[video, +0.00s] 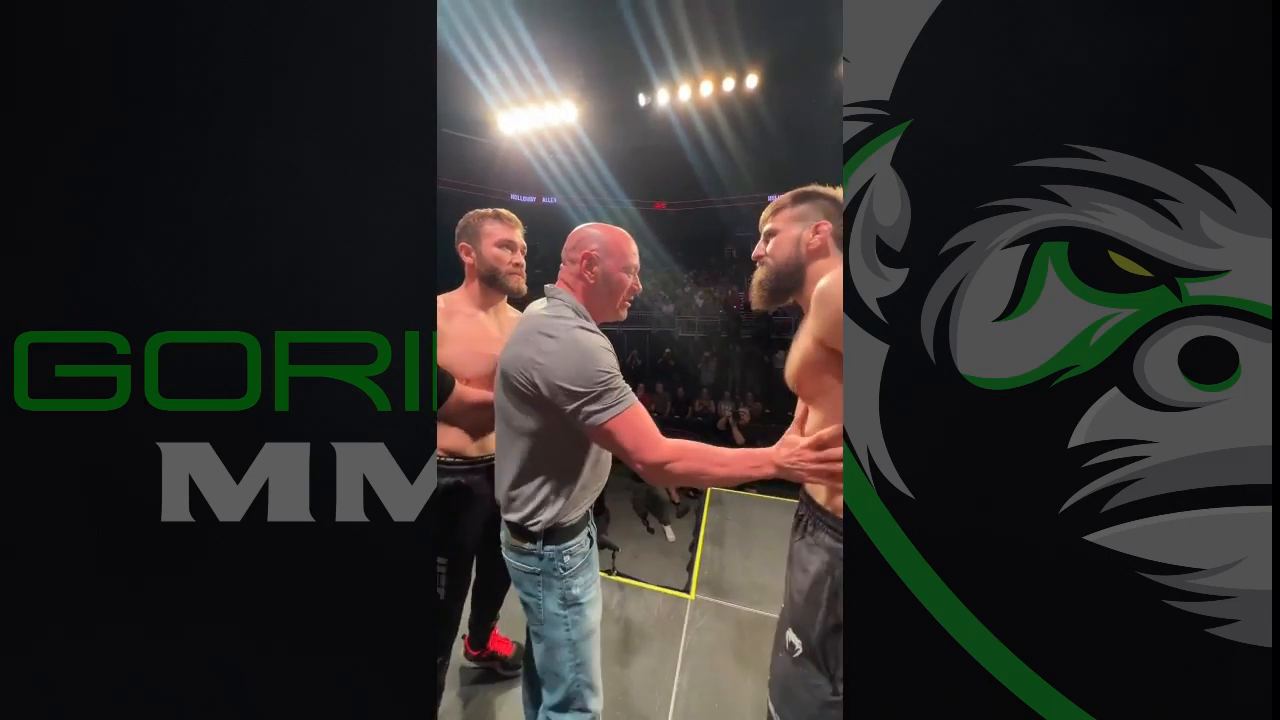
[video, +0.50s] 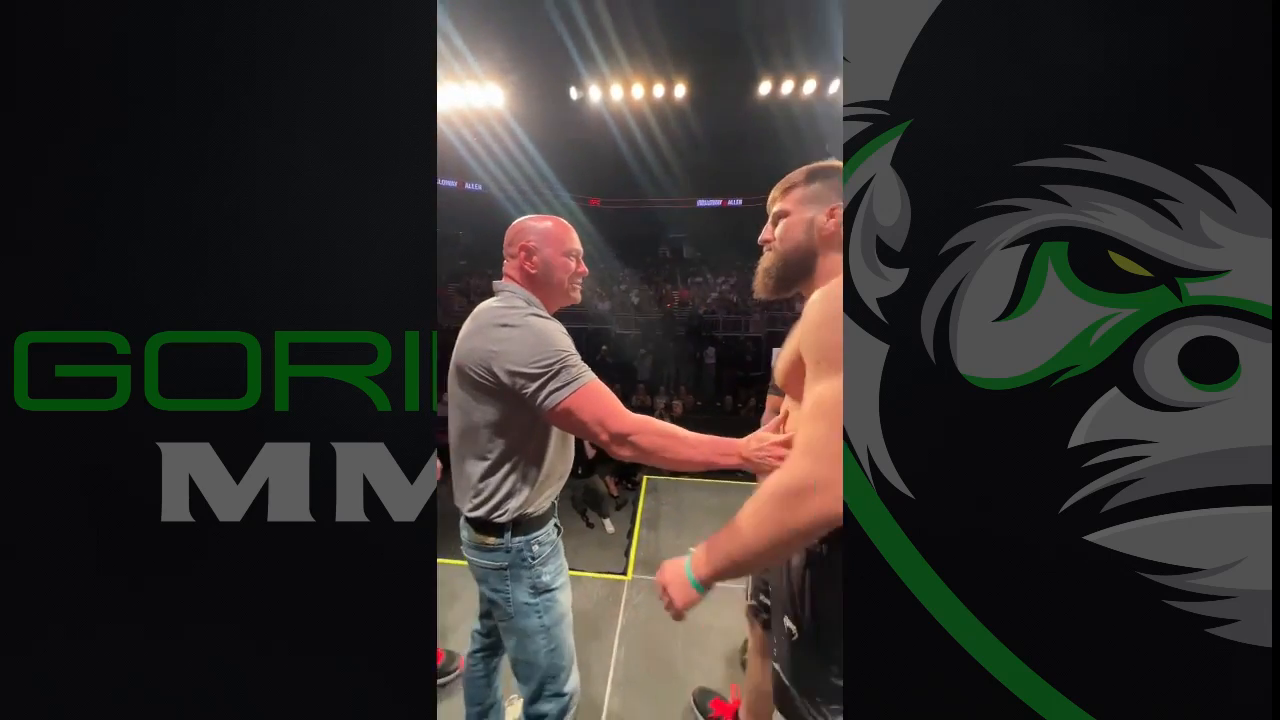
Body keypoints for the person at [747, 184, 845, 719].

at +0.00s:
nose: (756, 251)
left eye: (770, 234)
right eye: (760, 238)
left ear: (819, 236)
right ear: (818, 240)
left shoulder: (836, 292)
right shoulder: (822, 301)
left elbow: (889, 385)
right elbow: (808, 420)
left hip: (835, 537)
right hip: (818, 529)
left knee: (804, 692)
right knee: (804, 688)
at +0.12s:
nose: (759, 246)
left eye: (773, 230)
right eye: (763, 234)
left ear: (820, 231)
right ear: (820, 236)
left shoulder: (834, 286)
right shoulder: (822, 292)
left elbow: (890, 378)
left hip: (831, 533)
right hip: (813, 523)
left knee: (802, 697)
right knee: (790, 690)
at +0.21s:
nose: (762, 242)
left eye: (777, 227)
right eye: (766, 230)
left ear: (824, 228)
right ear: (823, 233)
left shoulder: (836, 288)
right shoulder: (822, 293)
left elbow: (884, 388)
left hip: (829, 531)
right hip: (808, 520)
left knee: (800, 697)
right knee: (780, 687)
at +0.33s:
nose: (766, 237)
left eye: (780, 221)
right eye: (770, 223)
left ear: (830, 224)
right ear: (829, 226)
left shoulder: (839, 293)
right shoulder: (825, 293)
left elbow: (867, 463)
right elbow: (836, 448)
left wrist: (826, 620)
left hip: (817, 537)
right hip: (800, 522)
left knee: (791, 693)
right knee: (782, 674)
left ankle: (779, 711)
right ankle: (773, 708)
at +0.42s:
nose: (768, 235)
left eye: (783, 218)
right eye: (773, 220)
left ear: (834, 223)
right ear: (830, 225)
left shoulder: (841, 294)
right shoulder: (828, 295)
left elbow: (847, 470)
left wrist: (755, 598)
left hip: (825, 551)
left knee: (810, 697)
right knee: (791, 673)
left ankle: (773, 713)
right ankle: (770, 710)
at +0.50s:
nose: (764, 236)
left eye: (778, 218)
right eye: (767, 220)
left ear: (831, 221)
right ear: (827, 224)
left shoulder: (835, 303)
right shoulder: (827, 303)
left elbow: (822, 485)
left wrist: (699, 567)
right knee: (764, 622)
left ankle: (753, 712)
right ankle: (751, 707)